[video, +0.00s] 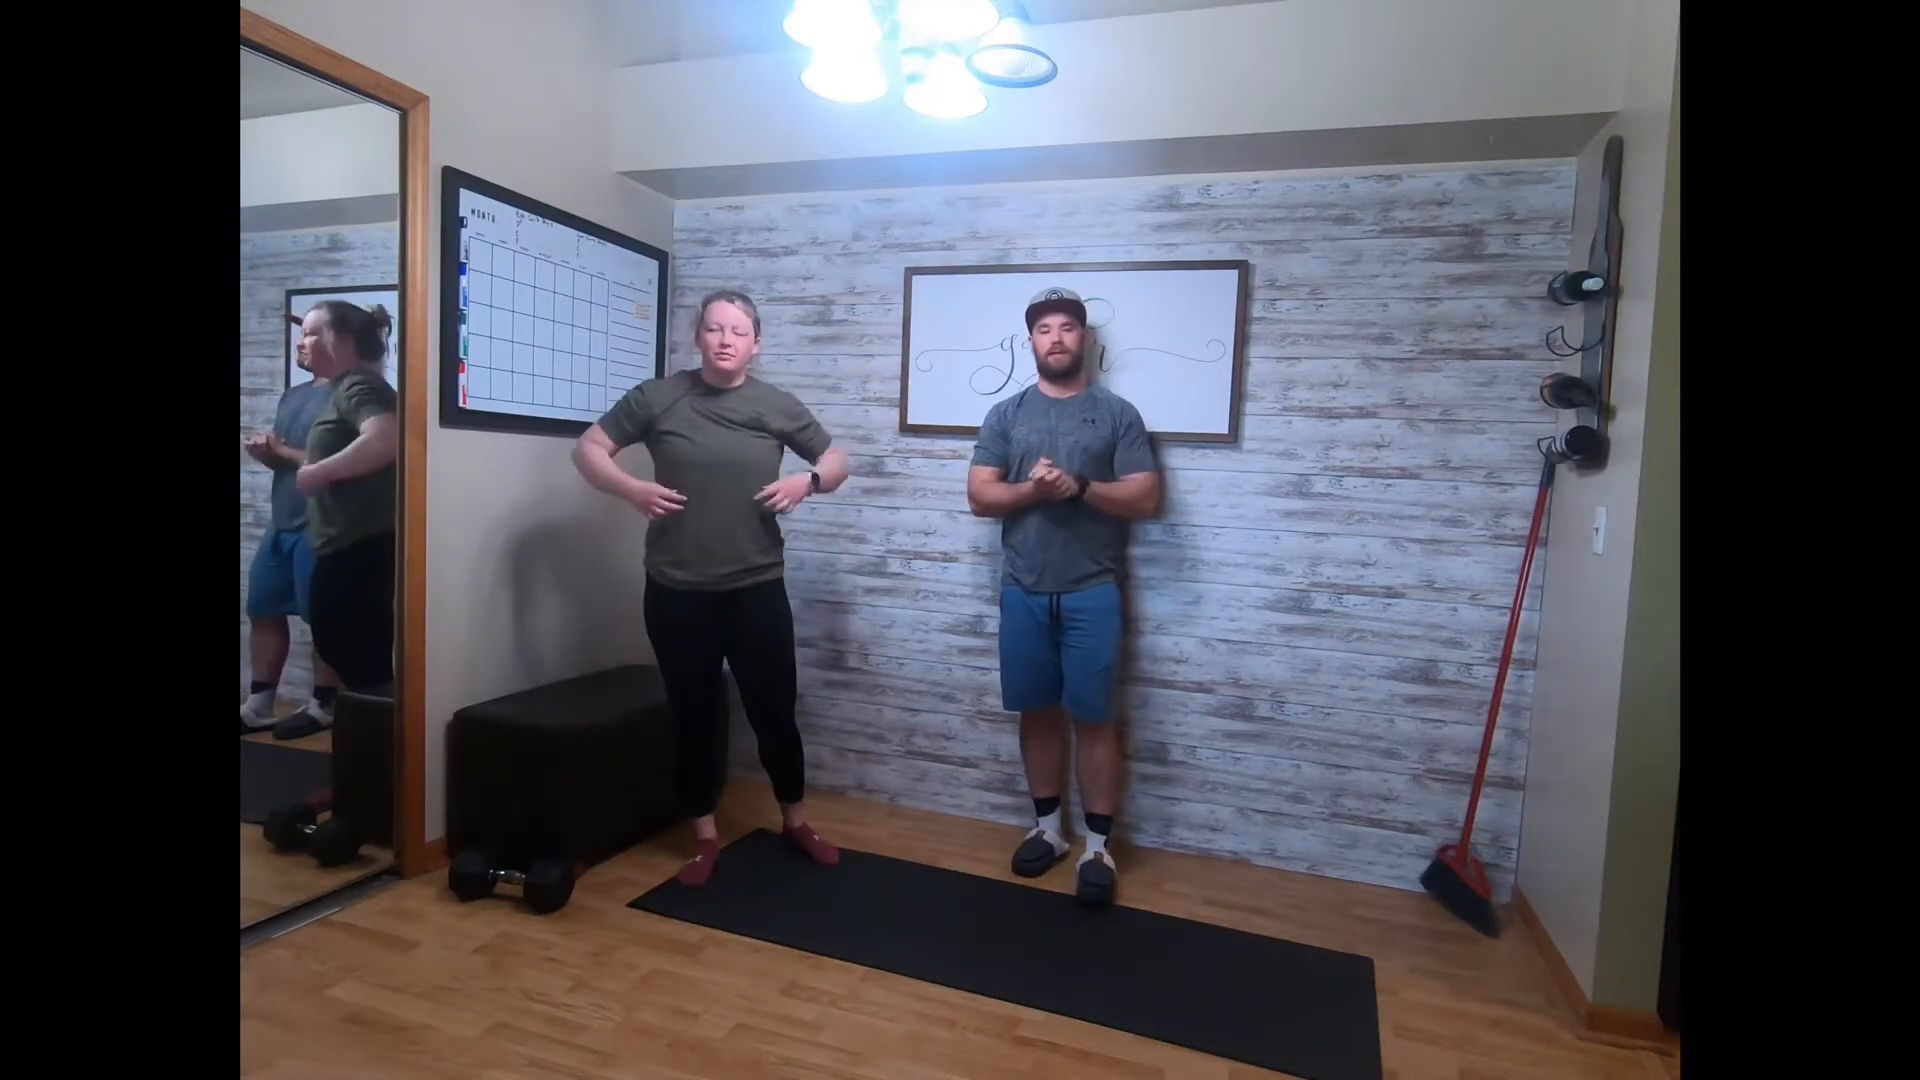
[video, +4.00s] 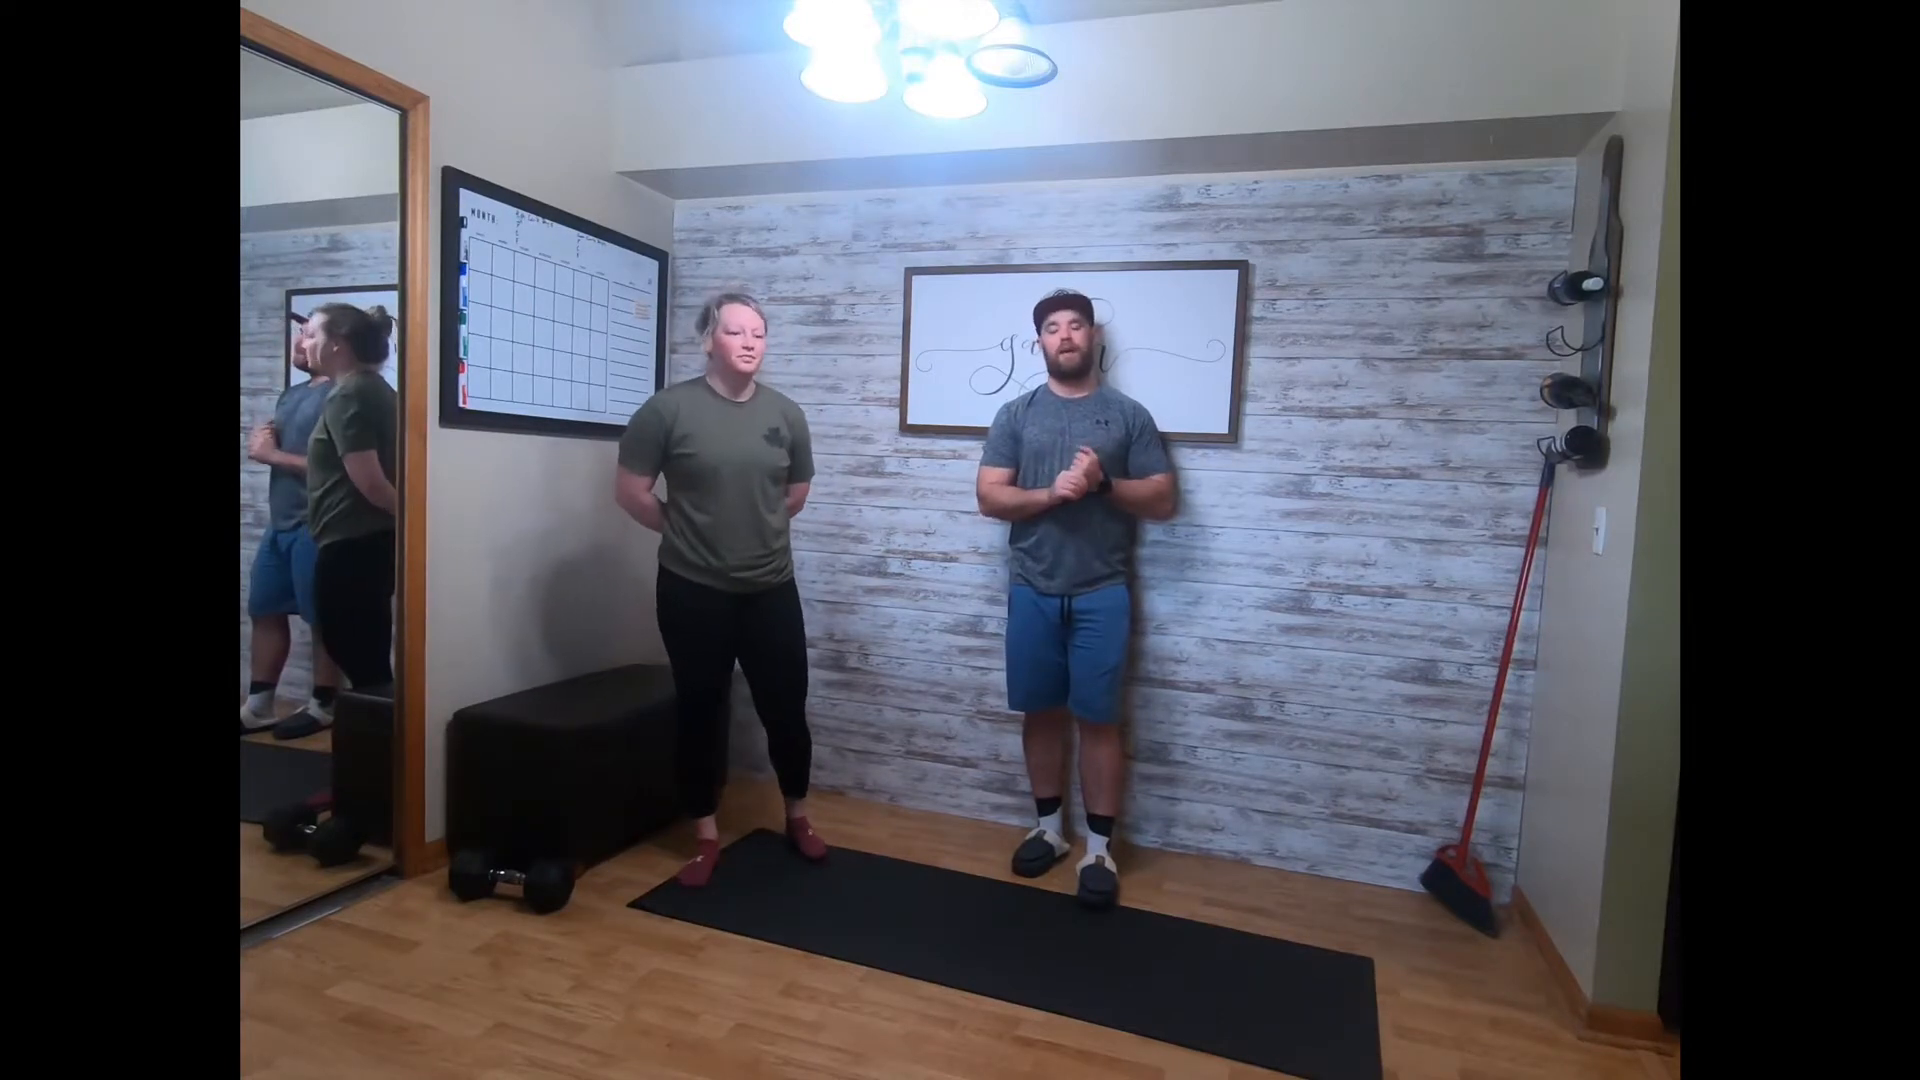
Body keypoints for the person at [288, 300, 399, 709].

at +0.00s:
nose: (304, 344)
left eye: (311, 335)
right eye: (304, 335)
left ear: (341, 339)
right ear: (343, 340)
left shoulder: (360, 385)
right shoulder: (344, 389)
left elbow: (384, 440)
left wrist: (321, 472)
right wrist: (287, 454)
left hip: (362, 547)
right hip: (345, 546)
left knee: (358, 657)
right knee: (350, 653)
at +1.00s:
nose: (287, 390)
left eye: (283, 378)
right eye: (280, 382)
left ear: (299, 359)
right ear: (312, 354)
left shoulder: (346, 391)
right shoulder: (342, 394)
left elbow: (401, 450)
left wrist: (417, 518)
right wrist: (284, 452)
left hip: (362, 547)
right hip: (356, 544)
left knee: (367, 661)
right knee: (368, 660)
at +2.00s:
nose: (287, 367)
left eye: (287, 356)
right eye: (284, 358)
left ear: (308, 347)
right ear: (320, 345)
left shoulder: (346, 396)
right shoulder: (360, 390)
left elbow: (368, 477)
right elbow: (376, 473)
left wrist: (410, 511)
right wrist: (412, 508)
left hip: (350, 543)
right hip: (361, 540)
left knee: (357, 654)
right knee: (360, 652)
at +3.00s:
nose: (303, 342)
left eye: (312, 334)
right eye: (304, 334)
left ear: (342, 341)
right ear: (345, 344)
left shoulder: (367, 399)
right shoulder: (345, 399)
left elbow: (398, 493)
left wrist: (422, 555)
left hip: (355, 550)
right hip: (338, 548)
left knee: (355, 665)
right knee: (349, 663)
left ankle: (370, 769)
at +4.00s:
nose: (306, 343)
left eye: (313, 335)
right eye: (308, 335)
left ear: (338, 344)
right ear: (345, 345)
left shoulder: (348, 396)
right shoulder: (380, 391)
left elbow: (373, 484)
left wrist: (421, 517)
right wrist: (422, 515)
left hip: (350, 545)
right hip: (373, 540)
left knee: (357, 658)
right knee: (366, 655)